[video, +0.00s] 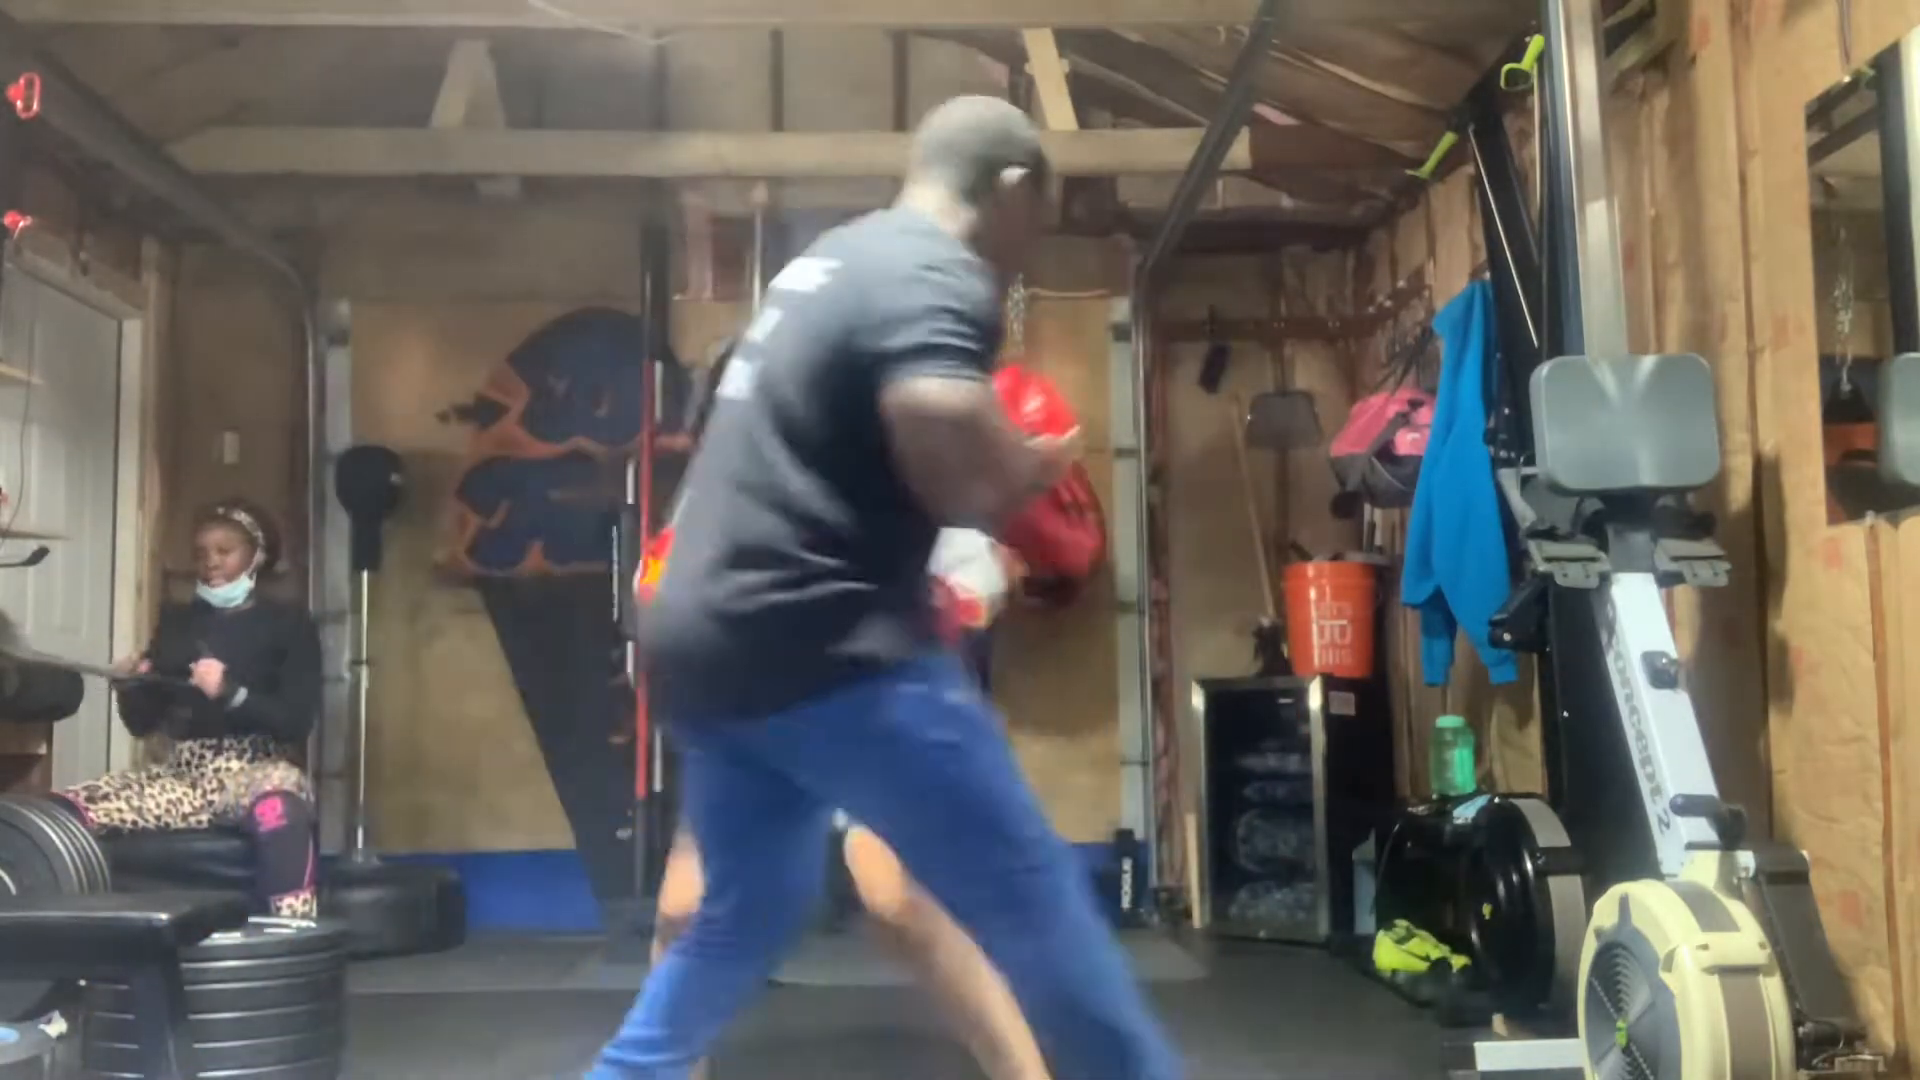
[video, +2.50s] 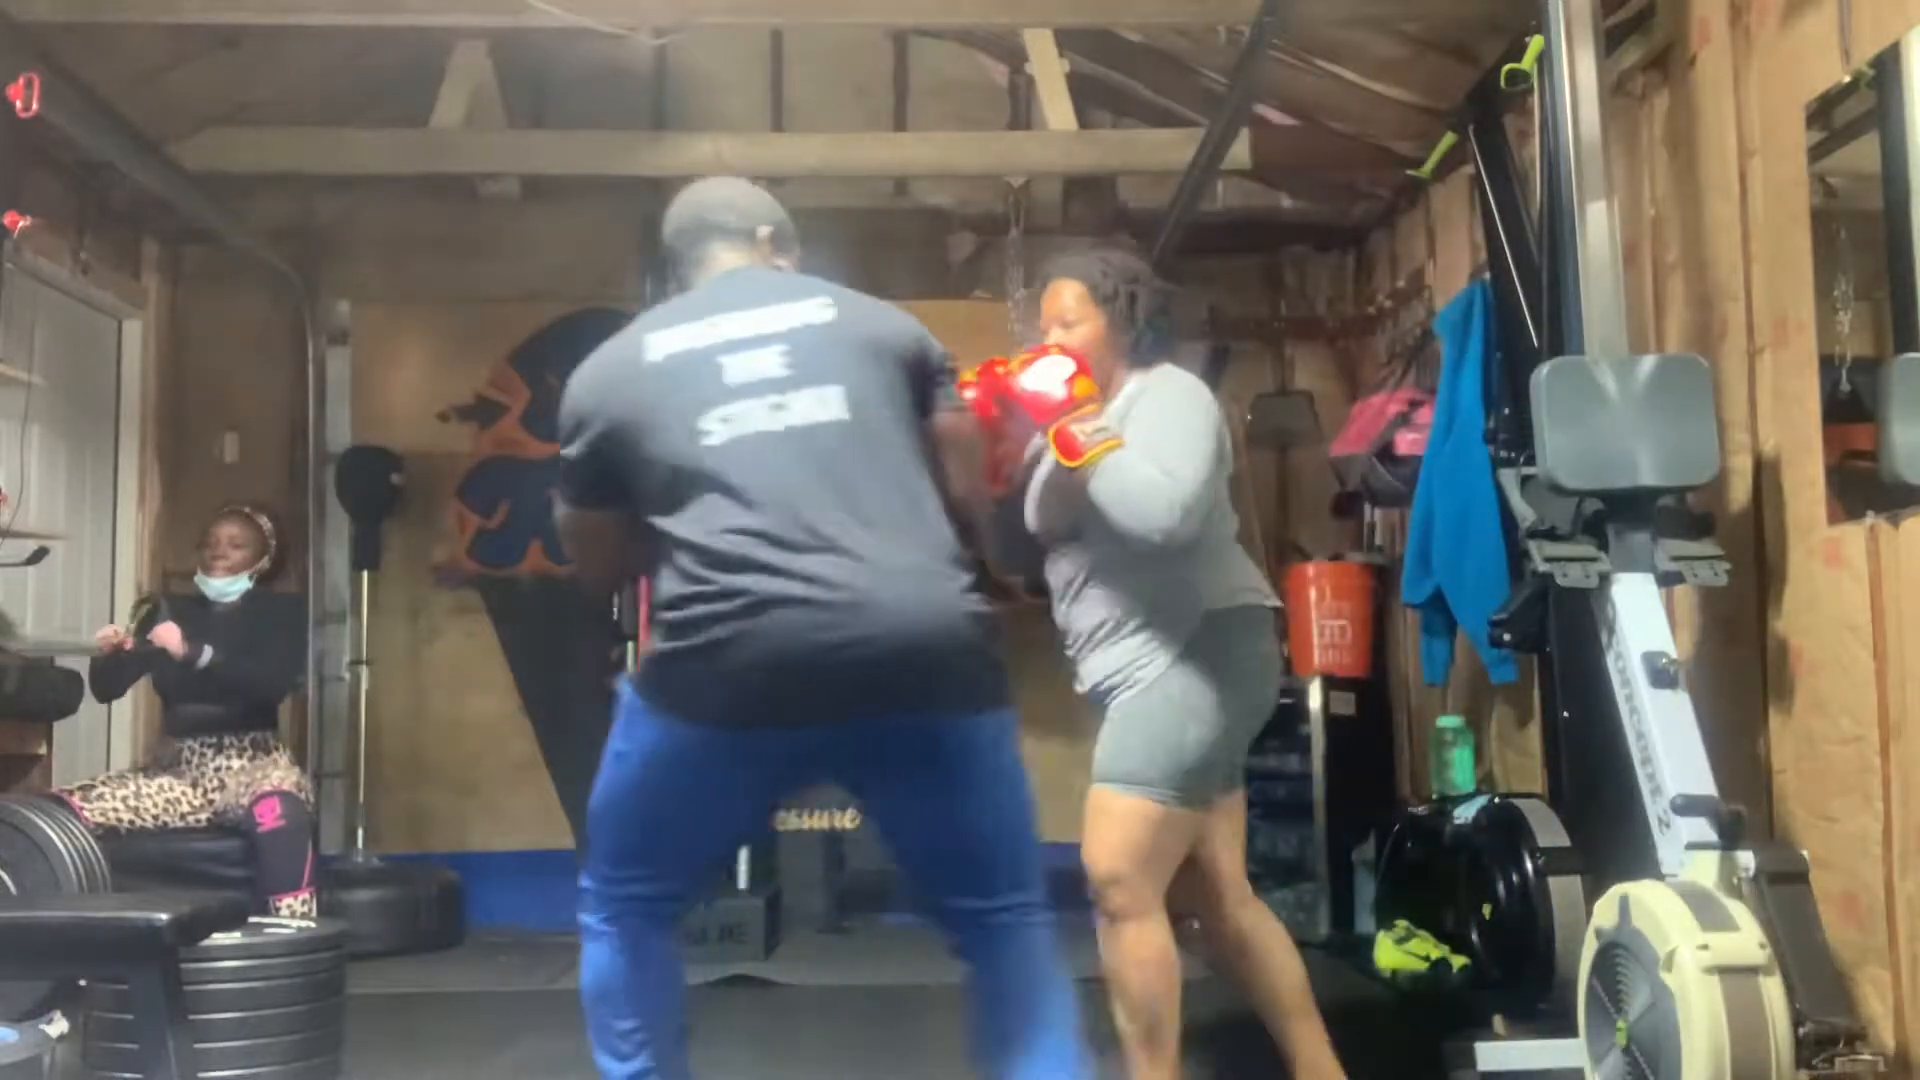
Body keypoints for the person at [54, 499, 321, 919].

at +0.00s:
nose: (211, 563)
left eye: (224, 551)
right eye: (203, 553)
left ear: (255, 556)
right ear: (194, 557)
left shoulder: (288, 621)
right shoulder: (178, 621)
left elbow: (295, 722)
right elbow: (142, 722)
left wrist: (230, 692)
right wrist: (130, 684)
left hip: (259, 773)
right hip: (181, 773)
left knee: (280, 814)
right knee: (62, 812)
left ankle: (295, 947)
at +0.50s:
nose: (221, 565)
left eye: (236, 553)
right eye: (212, 554)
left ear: (264, 561)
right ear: (202, 557)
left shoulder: (289, 621)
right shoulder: (181, 618)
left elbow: (282, 713)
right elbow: (133, 712)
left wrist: (228, 674)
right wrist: (120, 671)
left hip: (255, 771)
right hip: (178, 770)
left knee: (282, 810)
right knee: (65, 811)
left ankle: (295, 946)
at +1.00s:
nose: (203, 562)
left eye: (216, 549)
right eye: (198, 551)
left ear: (249, 555)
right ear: (191, 555)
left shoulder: (280, 612)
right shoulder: (173, 608)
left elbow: (264, 689)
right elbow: (107, 690)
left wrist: (188, 648)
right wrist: (113, 648)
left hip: (255, 774)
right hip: (178, 773)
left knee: (282, 813)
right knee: (66, 812)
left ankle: (294, 948)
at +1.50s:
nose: (208, 560)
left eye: (221, 548)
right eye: (202, 551)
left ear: (254, 554)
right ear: (195, 554)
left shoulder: (289, 621)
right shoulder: (180, 618)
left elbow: (294, 719)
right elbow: (134, 718)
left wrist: (231, 686)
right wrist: (135, 679)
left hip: (256, 772)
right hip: (177, 772)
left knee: (283, 812)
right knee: (61, 811)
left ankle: (295, 947)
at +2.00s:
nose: (214, 561)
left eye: (230, 551)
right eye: (207, 551)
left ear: (260, 560)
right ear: (198, 556)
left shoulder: (288, 624)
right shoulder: (179, 621)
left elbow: (301, 723)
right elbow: (140, 723)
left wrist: (243, 691)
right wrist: (130, 681)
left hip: (255, 772)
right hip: (173, 772)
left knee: (281, 810)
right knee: (60, 809)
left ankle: (296, 947)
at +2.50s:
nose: (217, 553)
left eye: (233, 545)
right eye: (210, 543)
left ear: (260, 560)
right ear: (201, 549)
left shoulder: (281, 611)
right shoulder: (172, 611)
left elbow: (273, 684)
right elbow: (106, 689)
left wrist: (193, 652)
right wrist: (107, 657)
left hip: (254, 769)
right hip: (175, 771)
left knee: (280, 813)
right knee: (61, 811)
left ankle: (296, 949)